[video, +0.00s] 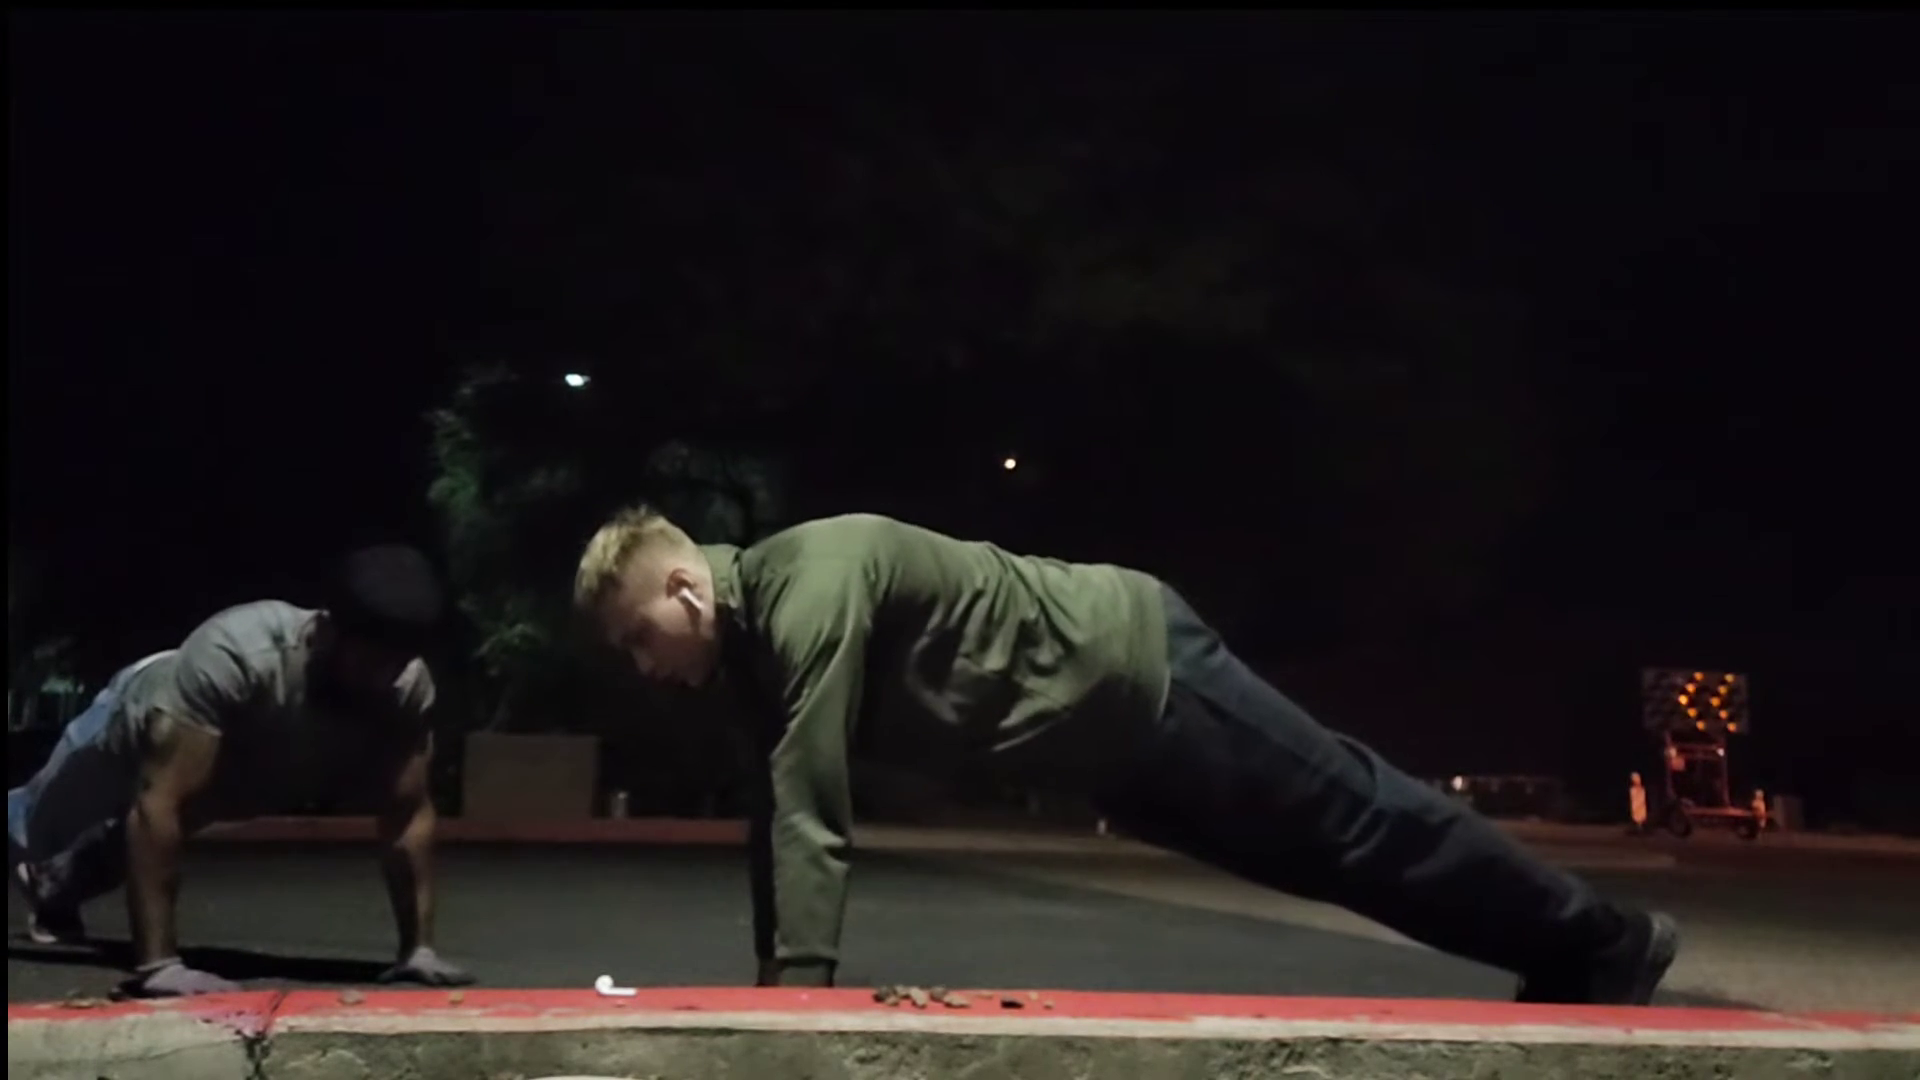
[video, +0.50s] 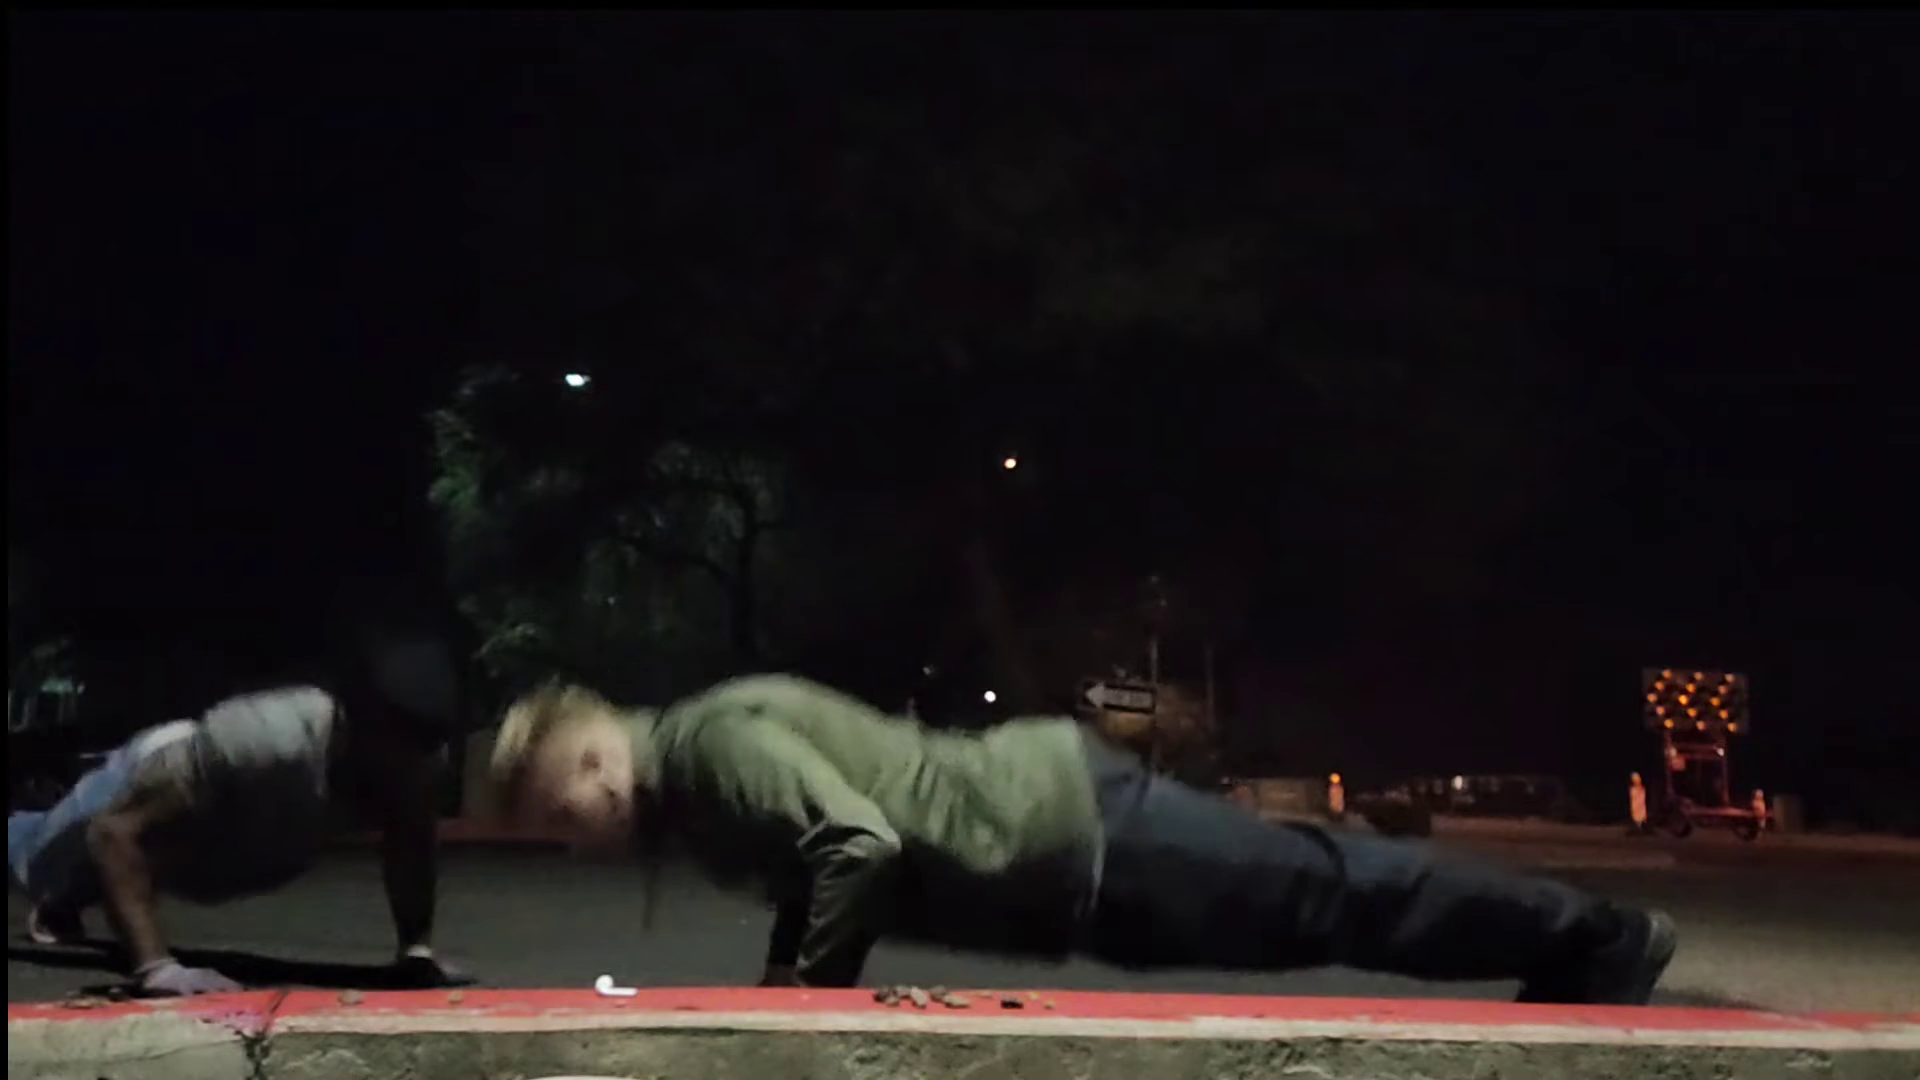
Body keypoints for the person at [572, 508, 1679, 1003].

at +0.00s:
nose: (653, 666)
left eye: (643, 639)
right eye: (636, 653)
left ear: (680, 582)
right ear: (670, 611)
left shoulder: (811, 577)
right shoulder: (766, 630)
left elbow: (808, 789)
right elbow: (779, 802)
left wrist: (803, 975)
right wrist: (784, 978)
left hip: (1138, 667)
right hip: (1102, 731)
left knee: (1362, 819)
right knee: (1328, 856)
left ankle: (1603, 938)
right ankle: (1557, 949)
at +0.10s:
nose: (651, 665)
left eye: (641, 637)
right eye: (633, 652)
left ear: (678, 580)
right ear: (664, 617)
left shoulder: (806, 580)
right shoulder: (762, 632)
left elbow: (812, 791)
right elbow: (783, 803)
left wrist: (804, 973)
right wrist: (784, 976)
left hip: (1133, 672)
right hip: (1098, 734)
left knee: (1358, 821)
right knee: (1327, 859)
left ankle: (1603, 939)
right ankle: (1557, 951)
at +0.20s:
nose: (638, 673)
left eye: (631, 646)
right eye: (620, 662)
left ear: (667, 590)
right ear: (644, 634)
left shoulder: (796, 591)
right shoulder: (752, 643)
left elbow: (824, 798)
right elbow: (787, 809)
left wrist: (808, 969)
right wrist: (778, 969)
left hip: (1126, 687)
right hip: (1091, 748)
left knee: (1355, 828)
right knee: (1323, 869)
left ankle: (1602, 942)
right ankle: (1560, 951)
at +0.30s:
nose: (612, 712)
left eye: (605, 683)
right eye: (595, 697)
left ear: (647, 623)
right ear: (624, 661)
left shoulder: (775, 624)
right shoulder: (741, 676)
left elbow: (837, 823)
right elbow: (805, 835)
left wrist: (804, 989)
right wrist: (789, 986)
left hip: (1113, 721)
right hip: (1087, 779)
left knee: (1353, 842)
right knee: (1326, 877)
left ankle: (1599, 944)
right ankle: (1570, 948)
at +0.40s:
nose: (593, 757)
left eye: (587, 729)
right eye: (574, 746)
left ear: (623, 675)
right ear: (598, 715)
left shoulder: (743, 677)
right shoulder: (721, 711)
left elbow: (852, 835)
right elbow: (827, 839)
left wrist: (796, 992)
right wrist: (790, 988)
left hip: (1099, 773)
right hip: (1084, 804)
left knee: (1351, 867)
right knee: (1338, 881)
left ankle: (1609, 948)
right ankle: (1582, 950)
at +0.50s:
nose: (574, 807)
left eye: (566, 783)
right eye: (551, 806)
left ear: (598, 732)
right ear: (563, 804)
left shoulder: (721, 741)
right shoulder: (694, 779)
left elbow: (858, 847)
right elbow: (823, 866)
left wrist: (788, 997)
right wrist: (800, 994)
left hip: (1070, 827)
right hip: (1051, 857)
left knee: (1330, 890)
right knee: (1315, 909)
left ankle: (1602, 942)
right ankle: (1571, 948)